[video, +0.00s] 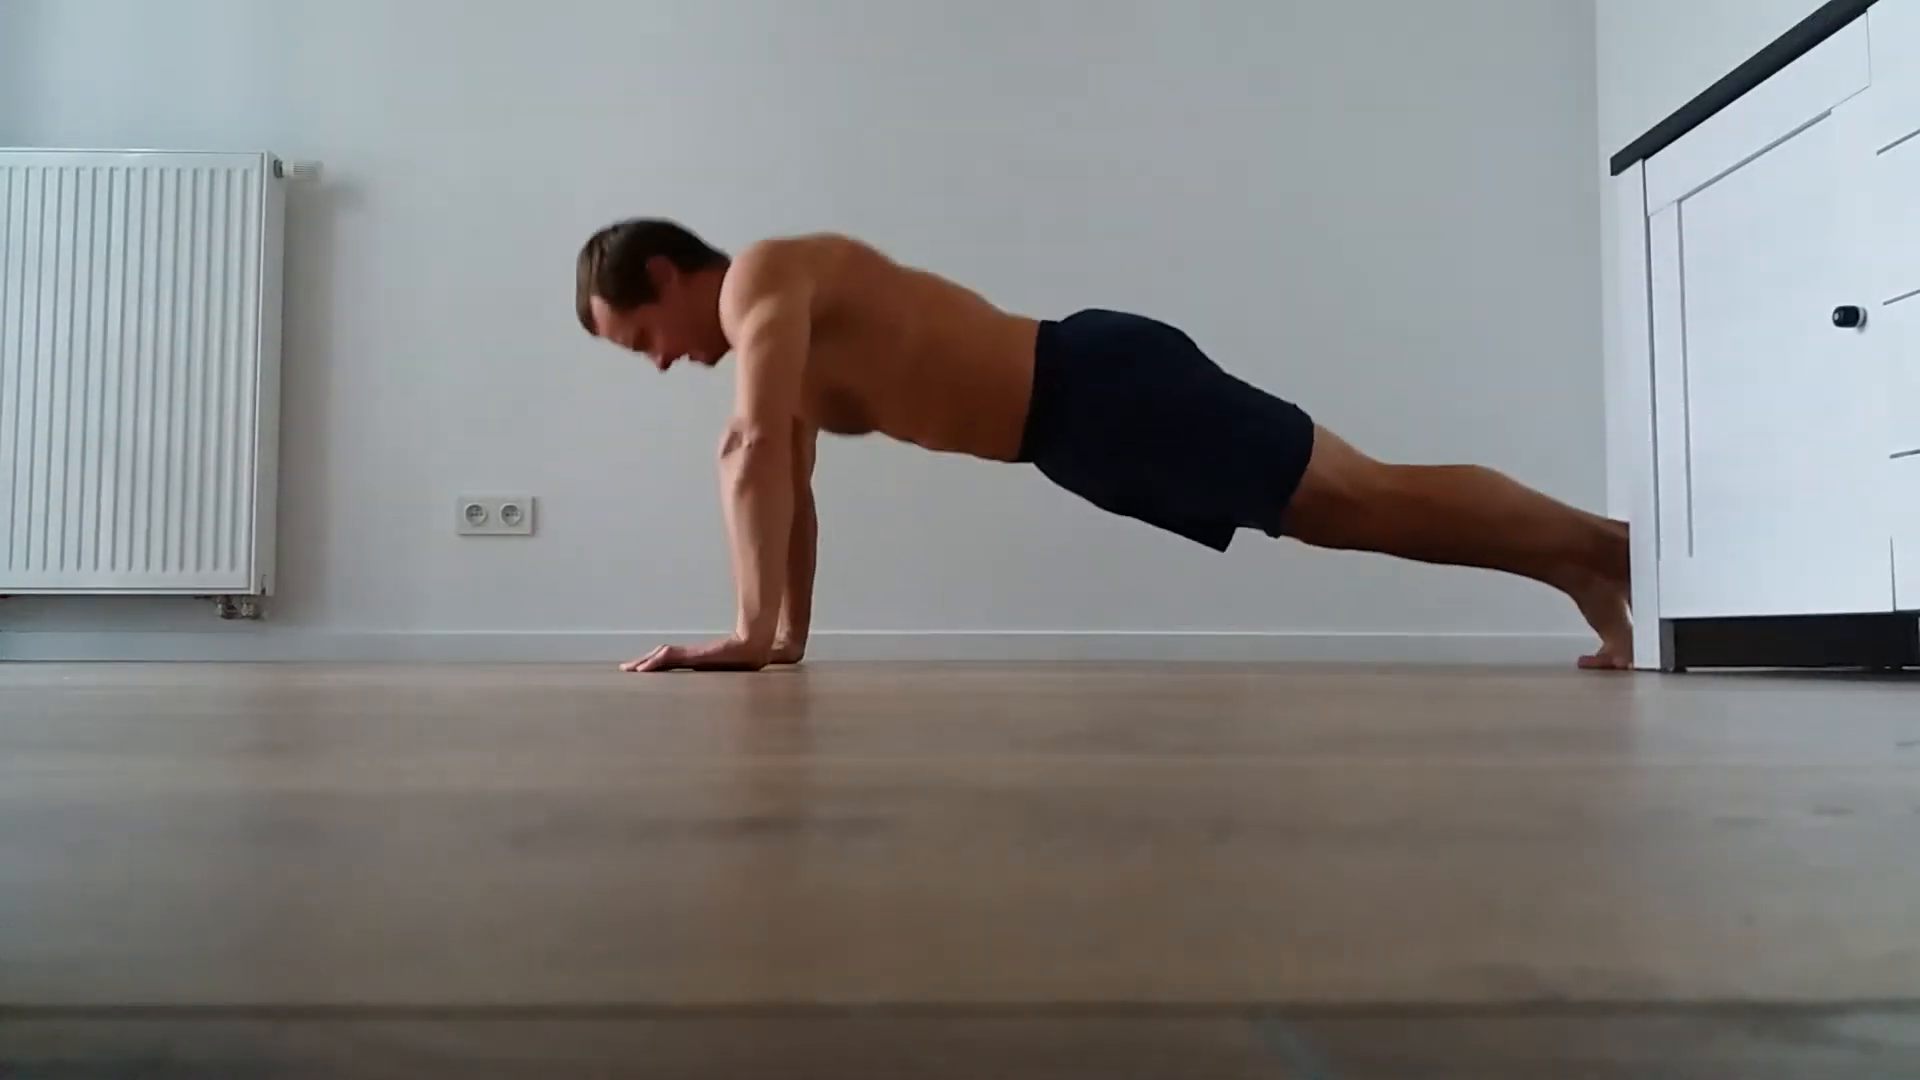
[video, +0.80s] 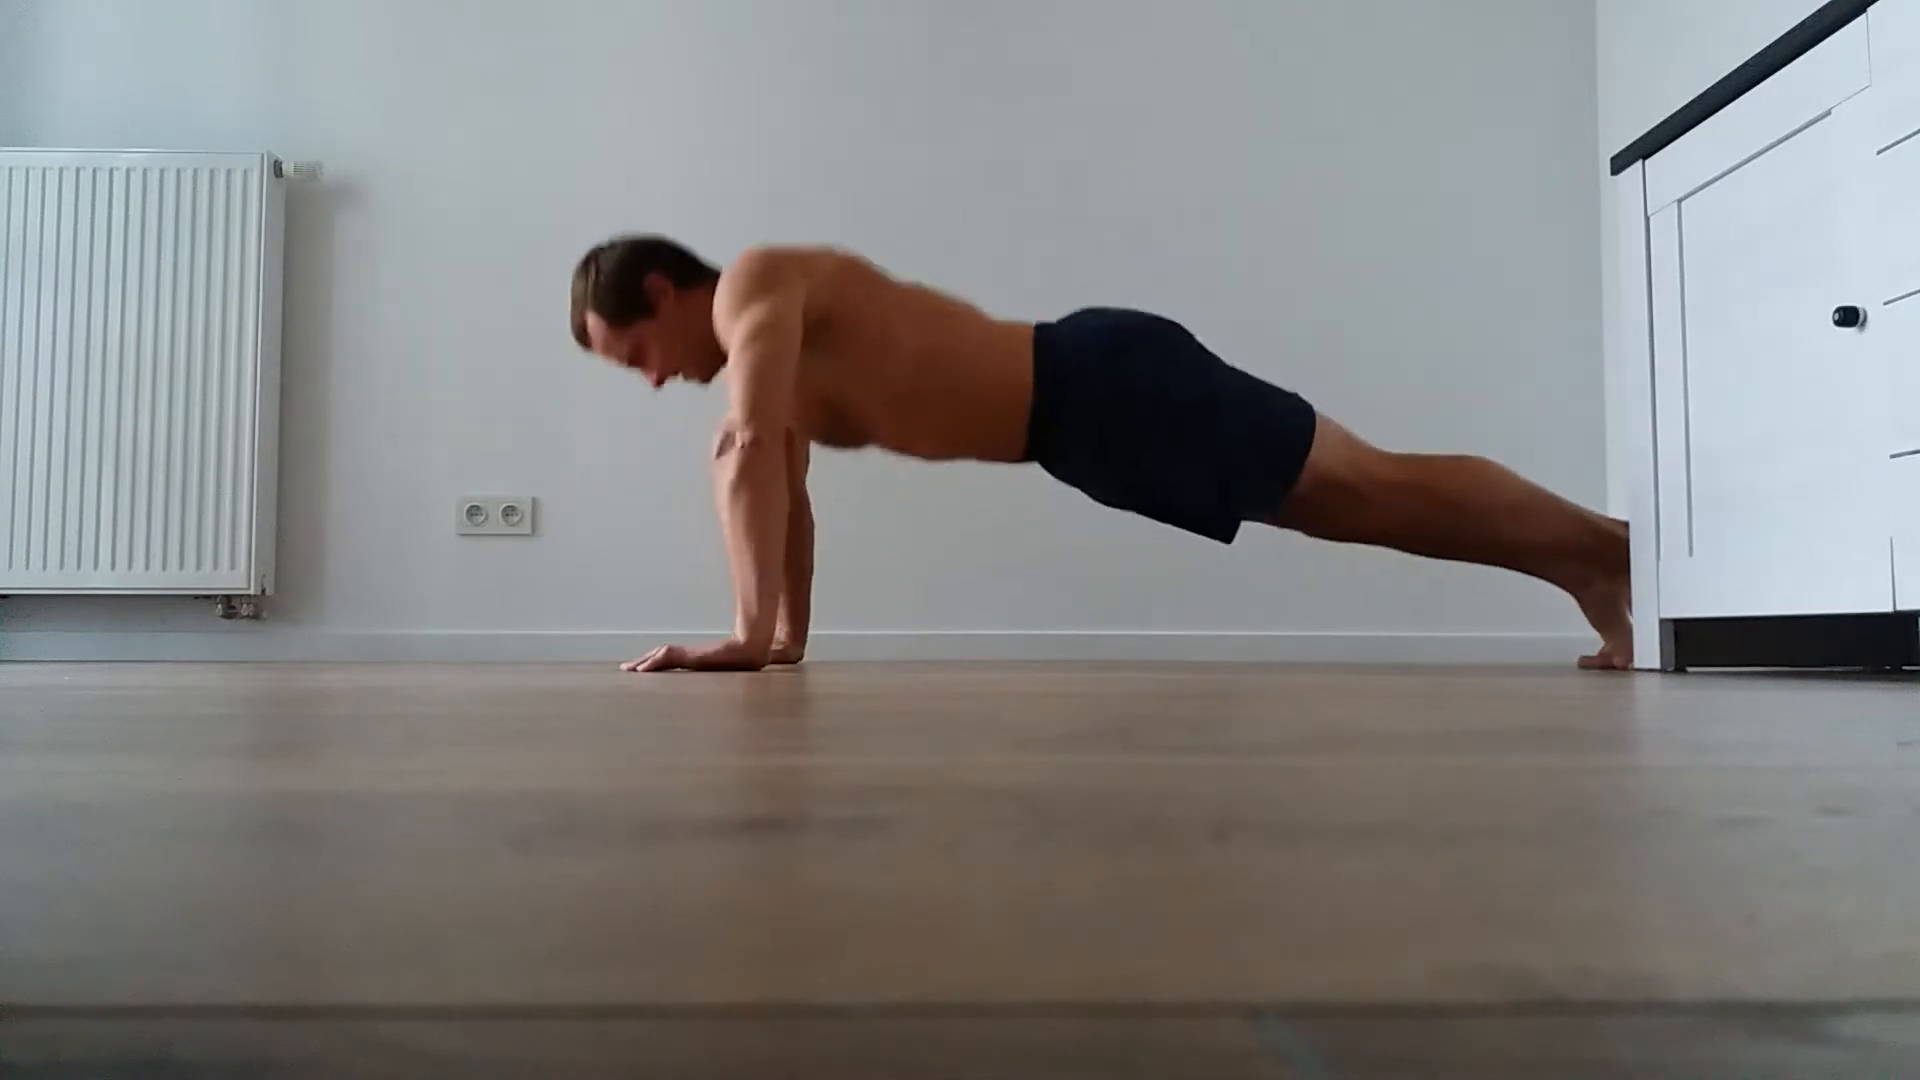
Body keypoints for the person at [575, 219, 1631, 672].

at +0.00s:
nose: (654, 358)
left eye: (640, 335)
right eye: (639, 347)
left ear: (663, 281)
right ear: (666, 296)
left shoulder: (764, 281)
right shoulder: (771, 317)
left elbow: (749, 460)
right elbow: (788, 488)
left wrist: (753, 636)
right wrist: (785, 637)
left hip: (1096, 394)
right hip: (1084, 406)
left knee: (1362, 502)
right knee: (1353, 506)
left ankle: (1602, 553)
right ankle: (1587, 564)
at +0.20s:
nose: (635, 457)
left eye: (621, 438)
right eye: (619, 446)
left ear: (645, 383)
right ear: (655, 382)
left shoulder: (746, 363)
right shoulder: (762, 378)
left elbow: (749, 480)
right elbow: (787, 506)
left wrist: (754, 639)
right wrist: (785, 642)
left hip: (1078, 465)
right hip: (1071, 464)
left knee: (1359, 542)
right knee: (1351, 538)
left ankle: (1592, 557)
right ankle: (1581, 556)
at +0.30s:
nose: (625, 576)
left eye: (609, 560)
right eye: (608, 568)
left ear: (623, 506)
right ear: (631, 512)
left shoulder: (720, 462)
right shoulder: (733, 475)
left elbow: (734, 469)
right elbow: (790, 620)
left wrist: (751, 639)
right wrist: (741, 643)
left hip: (1068, 530)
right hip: (1057, 532)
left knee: (1358, 576)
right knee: (1352, 570)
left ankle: (1595, 563)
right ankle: (1589, 564)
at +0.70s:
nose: (632, 436)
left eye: (618, 417)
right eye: (618, 426)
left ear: (644, 370)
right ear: (656, 371)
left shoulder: (742, 362)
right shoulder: (754, 377)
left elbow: (734, 482)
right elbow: (773, 502)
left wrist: (752, 639)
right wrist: (784, 644)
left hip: (1088, 430)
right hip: (1079, 432)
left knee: (1355, 511)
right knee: (1351, 509)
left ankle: (1595, 553)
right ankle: (1586, 553)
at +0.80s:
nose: (644, 373)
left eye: (628, 351)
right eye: (629, 362)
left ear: (653, 300)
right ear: (658, 314)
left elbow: (742, 461)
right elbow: (784, 500)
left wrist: (752, 634)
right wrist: (785, 643)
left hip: (1094, 391)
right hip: (1083, 400)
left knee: (1360, 492)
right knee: (1354, 491)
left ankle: (1598, 552)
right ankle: (1584, 557)